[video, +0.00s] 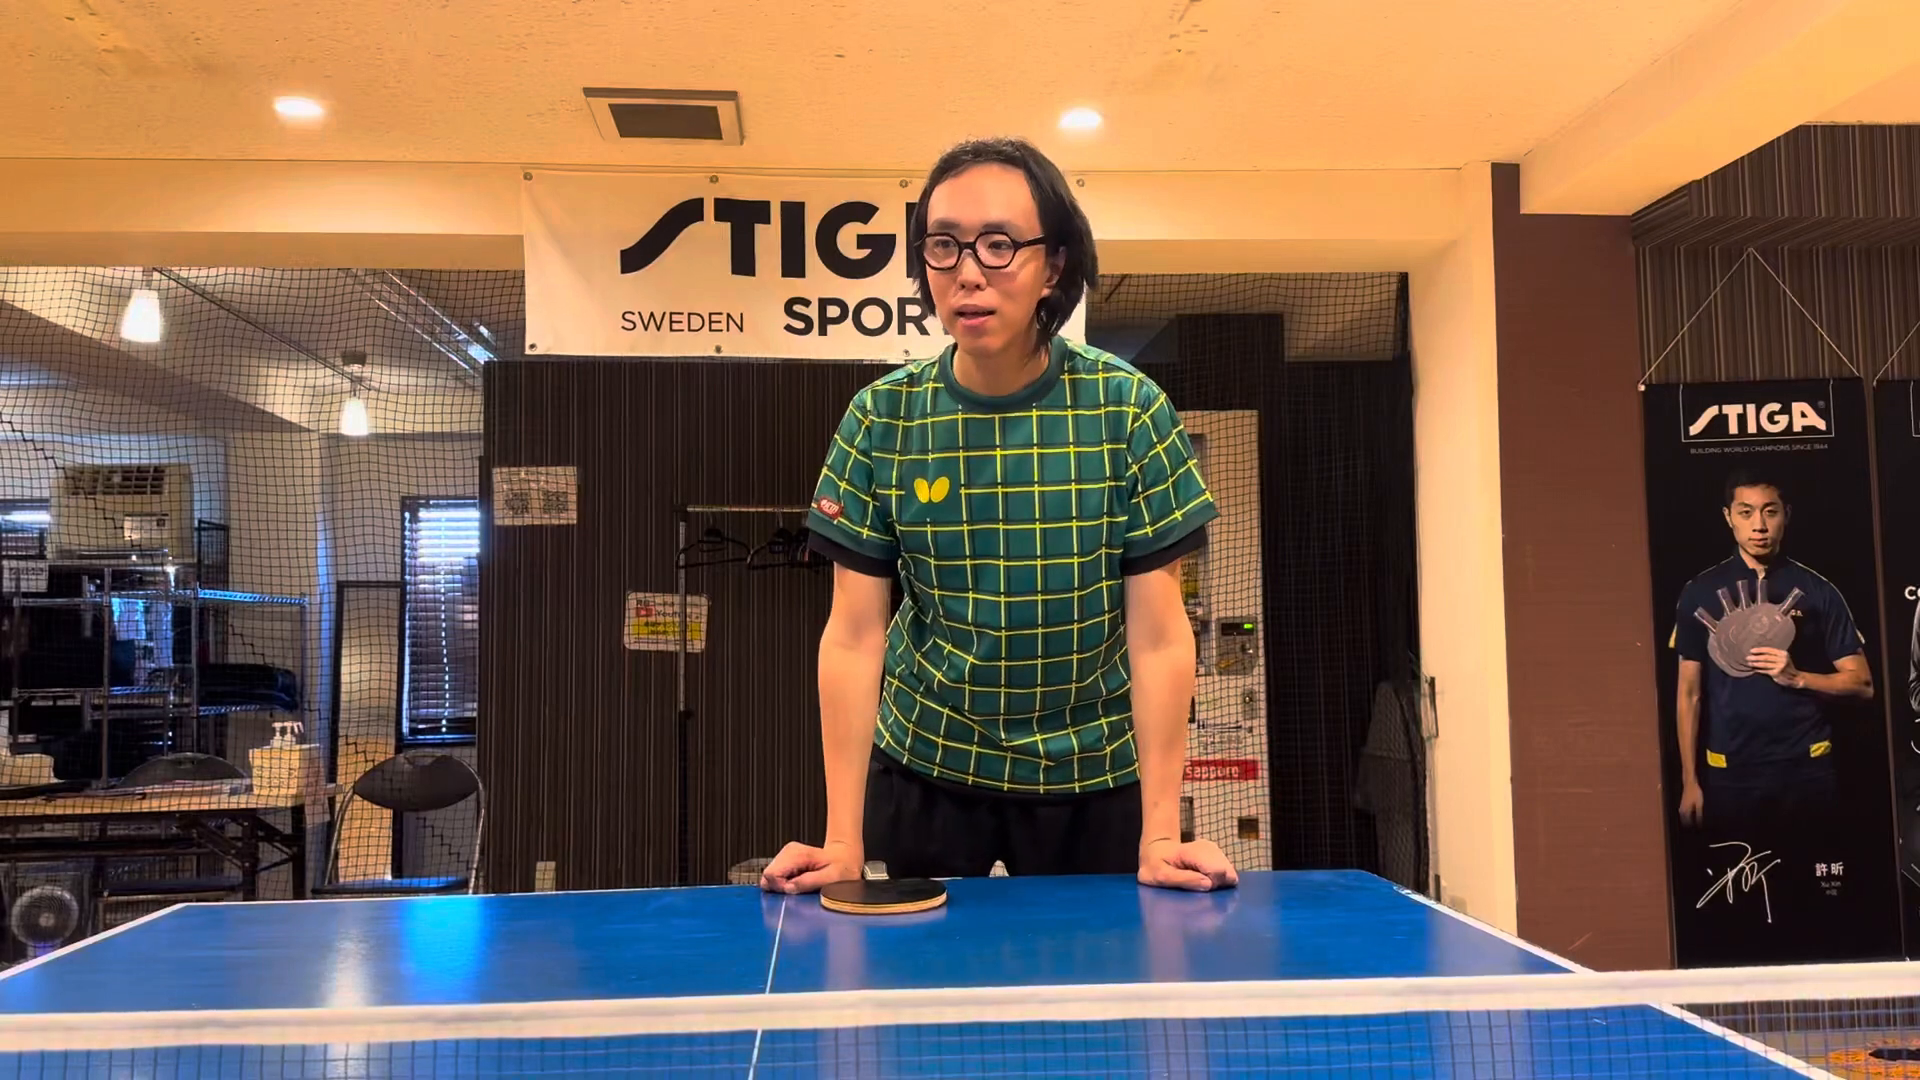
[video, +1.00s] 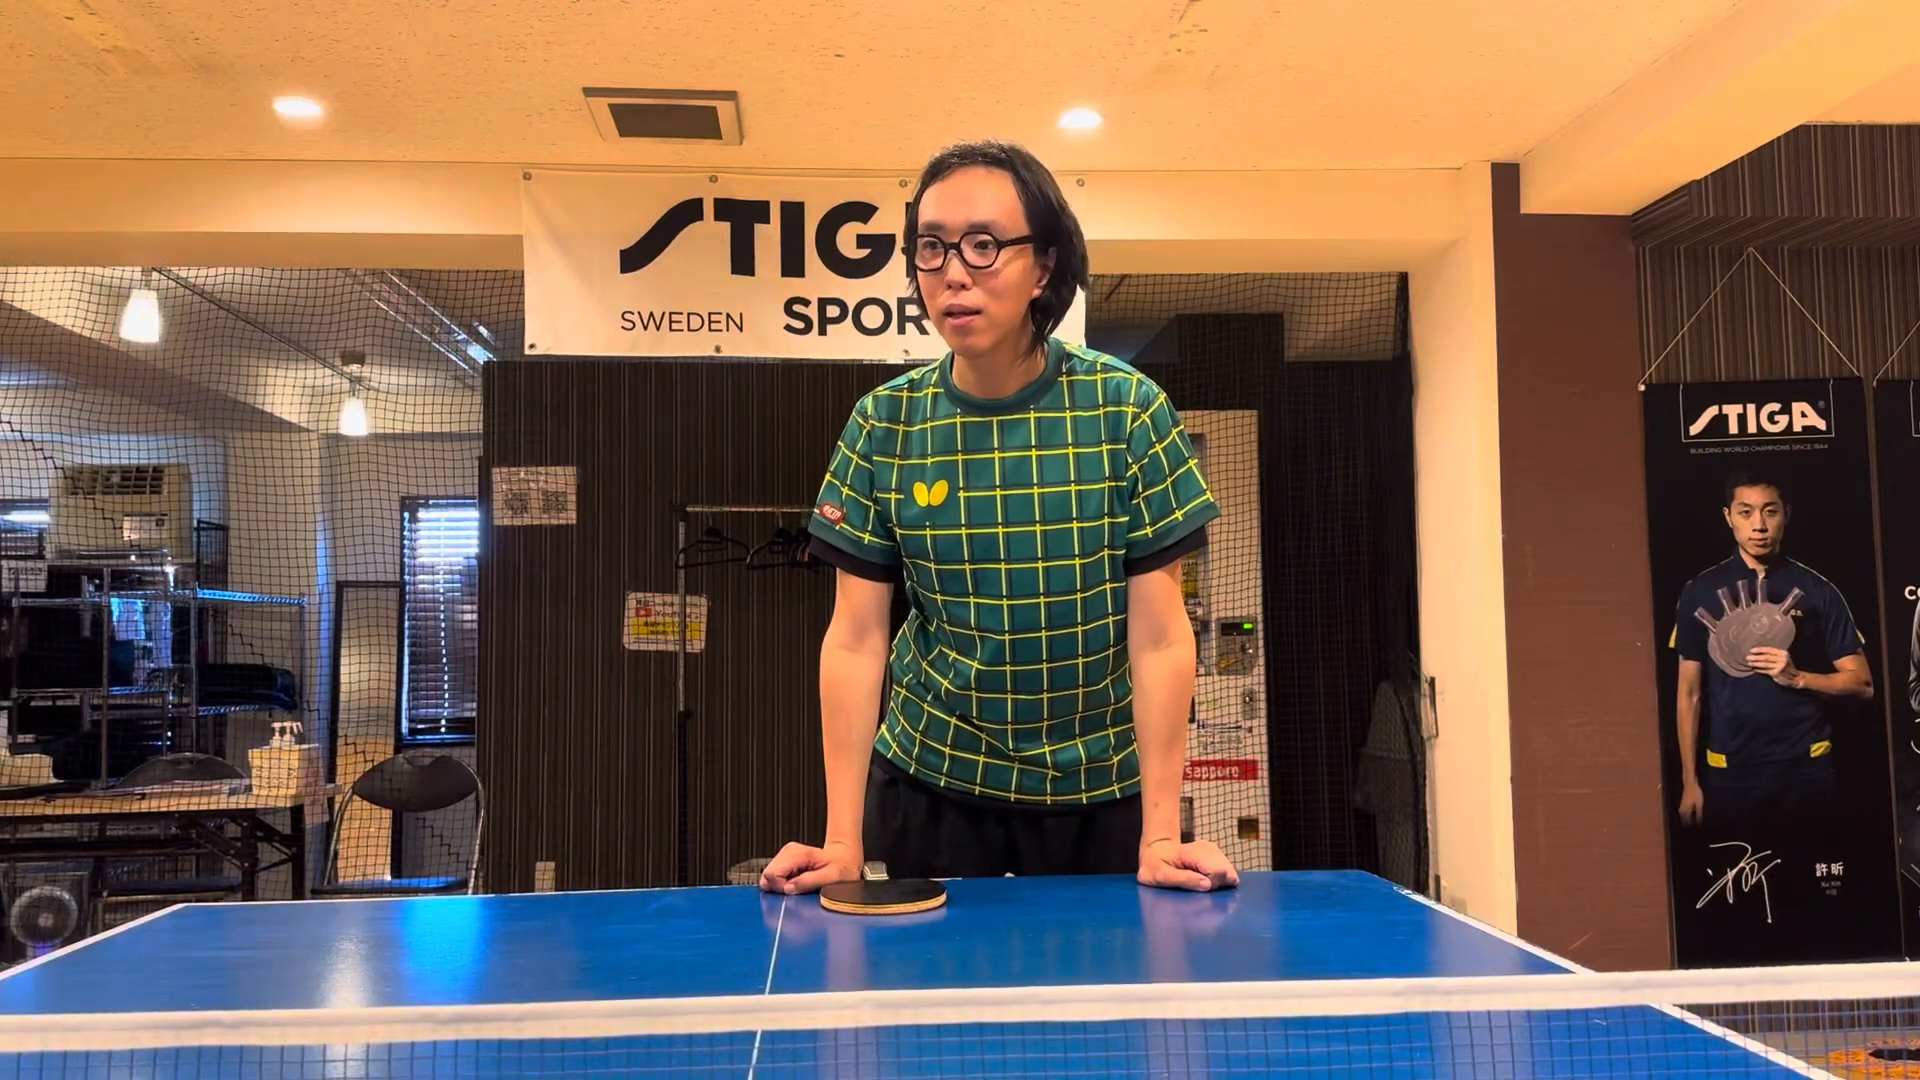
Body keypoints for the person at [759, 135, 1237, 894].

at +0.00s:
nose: (968, 272)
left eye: (999, 245)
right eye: (946, 245)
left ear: (1055, 267)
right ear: (923, 265)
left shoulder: (1126, 409)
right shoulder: (883, 416)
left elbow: (1159, 638)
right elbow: (853, 636)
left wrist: (1163, 835)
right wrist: (842, 841)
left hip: (1092, 799)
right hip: (924, 795)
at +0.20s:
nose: (964, 269)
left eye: (995, 242)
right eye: (944, 243)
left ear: (1053, 266)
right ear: (921, 262)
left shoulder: (1128, 408)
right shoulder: (885, 416)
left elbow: (1161, 637)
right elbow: (855, 636)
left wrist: (1163, 835)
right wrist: (842, 842)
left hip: (1094, 805)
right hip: (925, 800)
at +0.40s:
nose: (959, 268)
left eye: (991, 240)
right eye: (939, 242)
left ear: (1050, 266)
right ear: (919, 261)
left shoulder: (1127, 408)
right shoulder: (884, 417)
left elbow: (1160, 638)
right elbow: (854, 636)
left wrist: (1163, 836)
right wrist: (842, 843)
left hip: (1094, 806)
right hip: (925, 801)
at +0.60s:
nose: (956, 269)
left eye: (987, 242)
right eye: (936, 243)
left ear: (1046, 268)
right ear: (916, 263)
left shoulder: (1126, 408)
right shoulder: (884, 417)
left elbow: (1160, 638)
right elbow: (854, 637)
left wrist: (1163, 836)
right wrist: (842, 842)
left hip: (1094, 808)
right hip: (925, 803)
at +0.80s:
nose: (951, 270)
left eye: (983, 243)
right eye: (932, 245)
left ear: (1044, 267)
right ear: (914, 266)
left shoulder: (1125, 409)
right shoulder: (884, 420)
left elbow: (1160, 638)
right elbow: (854, 638)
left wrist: (1163, 836)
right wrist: (842, 843)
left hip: (1094, 813)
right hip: (926, 809)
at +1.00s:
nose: (952, 272)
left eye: (984, 245)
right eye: (933, 246)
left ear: (1044, 269)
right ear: (915, 267)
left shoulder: (1124, 409)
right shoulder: (886, 420)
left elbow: (1160, 637)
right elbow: (855, 639)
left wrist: (1163, 835)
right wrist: (842, 843)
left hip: (1095, 816)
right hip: (927, 812)